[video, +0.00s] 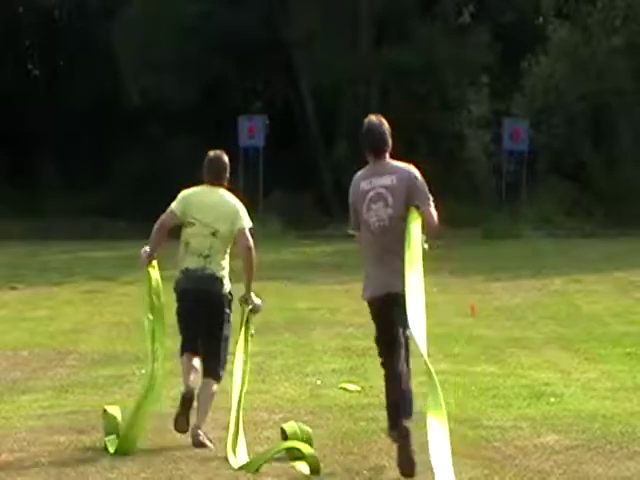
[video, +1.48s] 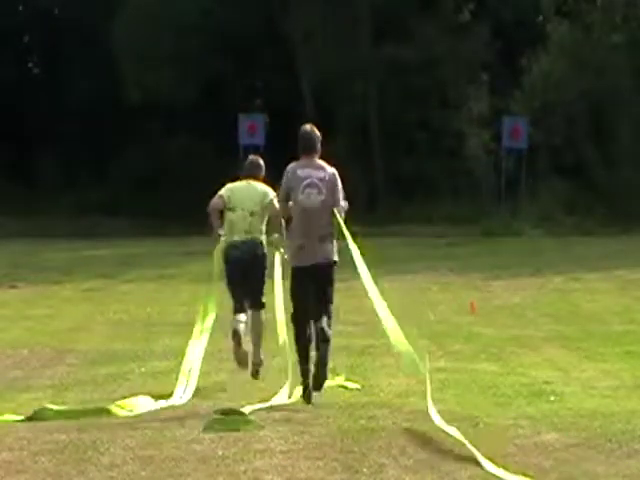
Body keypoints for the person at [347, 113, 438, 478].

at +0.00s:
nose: (380, 148)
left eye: (372, 143)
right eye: (385, 140)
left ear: (364, 146)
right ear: (390, 142)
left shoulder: (357, 181)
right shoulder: (409, 174)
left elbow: (356, 229)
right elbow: (431, 221)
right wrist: (423, 236)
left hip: (376, 285)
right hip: (406, 281)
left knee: (389, 357)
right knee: (402, 343)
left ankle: (398, 424)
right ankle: (404, 413)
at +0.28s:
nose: (364, 147)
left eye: (356, 143)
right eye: (368, 142)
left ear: (347, 146)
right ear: (372, 145)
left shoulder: (341, 179)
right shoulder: (388, 179)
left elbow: (326, 219)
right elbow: (402, 220)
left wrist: (348, 225)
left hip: (357, 284)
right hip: (387, 283)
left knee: (353, 346)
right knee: (386, 349)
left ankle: (354, 410)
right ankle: (383, 413)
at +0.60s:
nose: (348, 149)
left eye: (340, 144)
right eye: (349, 144)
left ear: (325, 148)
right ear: (348, 147)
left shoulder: (317, 179)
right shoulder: (358, 180)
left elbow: (315, 221)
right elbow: (371, 220)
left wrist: (323, 244)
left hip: (326, 271)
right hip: (353, 271)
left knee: (331, 328)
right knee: (351, 330)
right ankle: (348, 389)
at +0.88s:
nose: (318, 152)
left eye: (310, 148)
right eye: (321, 145)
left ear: (304, 150)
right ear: (325, 147)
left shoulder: (300, 180)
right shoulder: (337, 176)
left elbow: (305, 217)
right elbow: (348, 217)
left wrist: (341, 198)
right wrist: (357, 194)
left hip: (314, 270)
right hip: (340, 269)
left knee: (314, 330)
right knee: (341, 328)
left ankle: (317, 396)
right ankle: (333, 389)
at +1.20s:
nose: (331, 155)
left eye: (328, 151)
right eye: (331, 151)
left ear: (309, 152)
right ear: (329, 153)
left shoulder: (303, 176)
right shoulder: (326, 182)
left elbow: (322, 209)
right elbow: (326, 222)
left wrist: (346, 204)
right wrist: (351, 207)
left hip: (296, 269)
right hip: (320, 268)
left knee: (304, 330)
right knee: (328, 331)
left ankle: (296, 362)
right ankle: (321, 391)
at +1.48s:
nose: (314, 149)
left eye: (308, 144)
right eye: (317, 144)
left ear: (298, 146)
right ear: (320, 146)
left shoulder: (291, 172)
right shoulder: (330, 173)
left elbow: (283, 205)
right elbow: (340, 206)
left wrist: (289, 216)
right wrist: (339, 205)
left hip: (299, 256)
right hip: (325, 254)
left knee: (301, 316)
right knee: (324, 304)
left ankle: (305, 373)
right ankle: (323, 331)